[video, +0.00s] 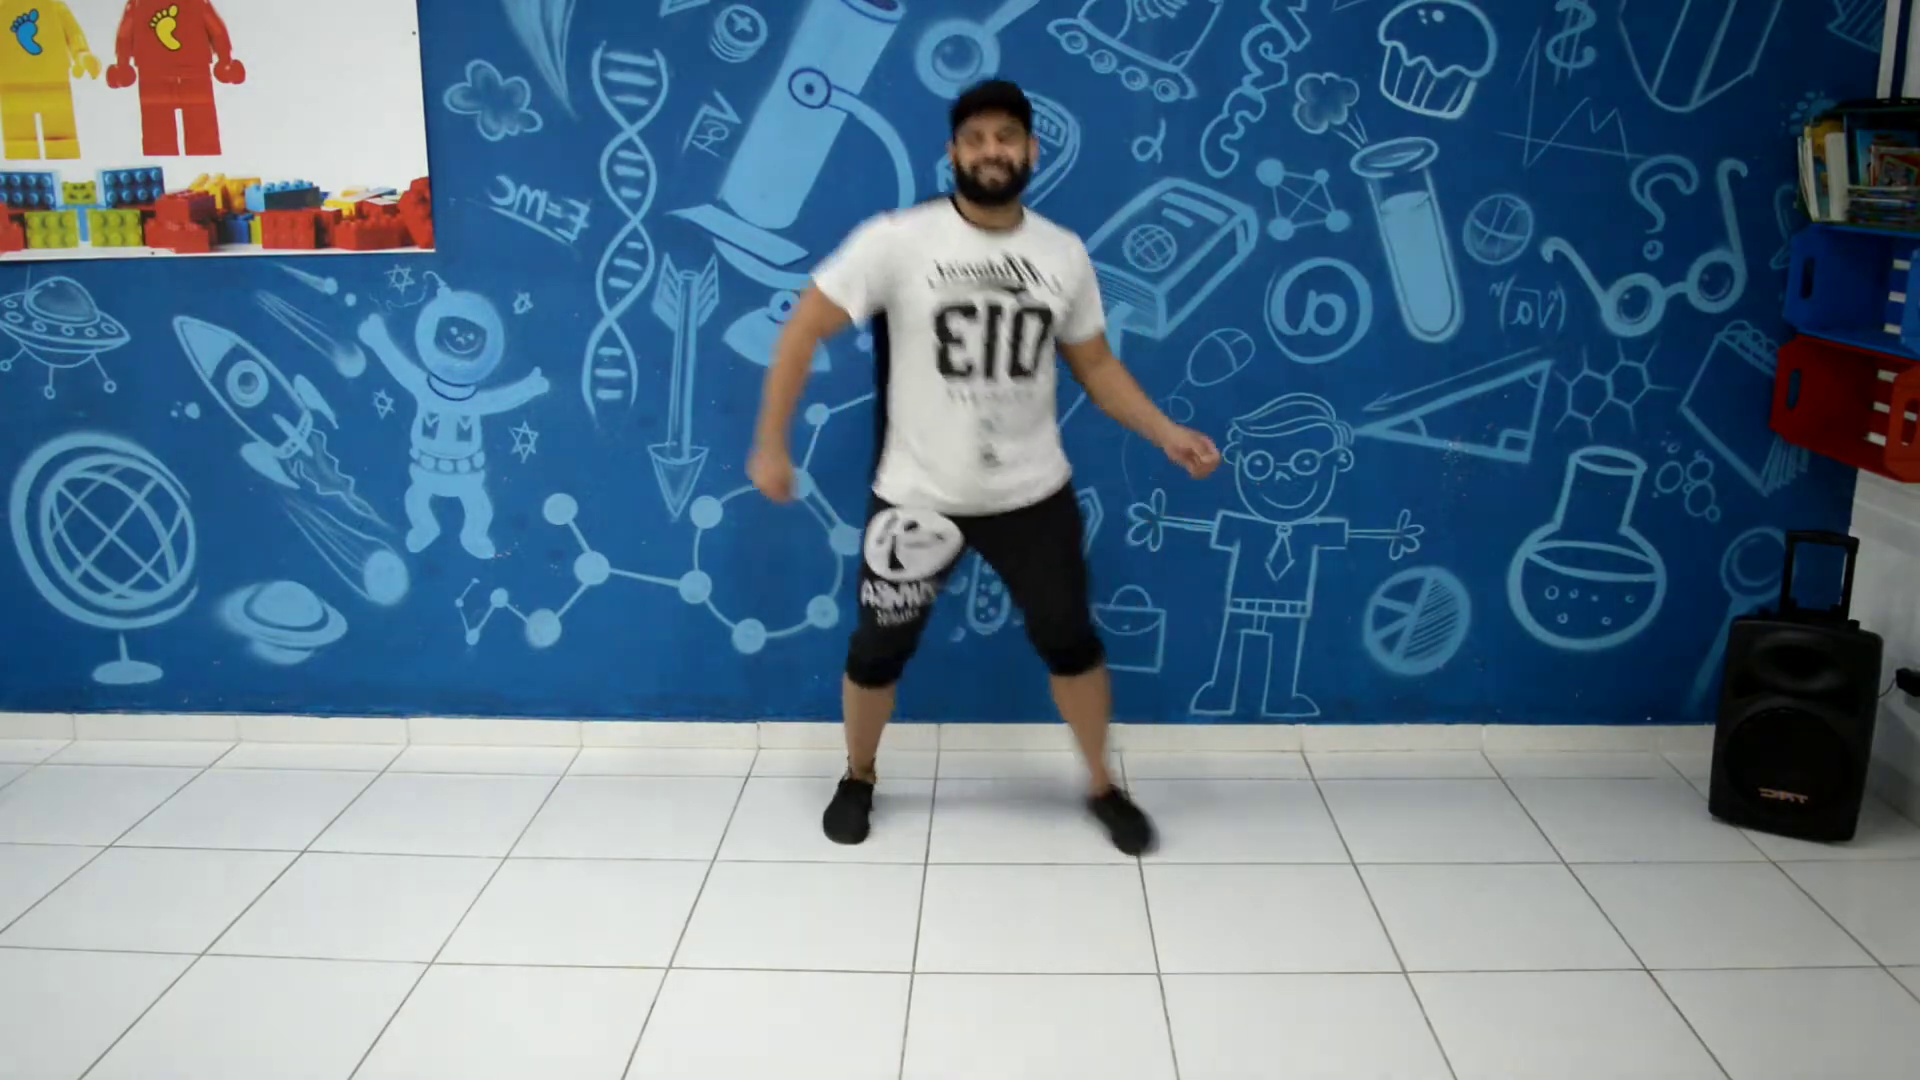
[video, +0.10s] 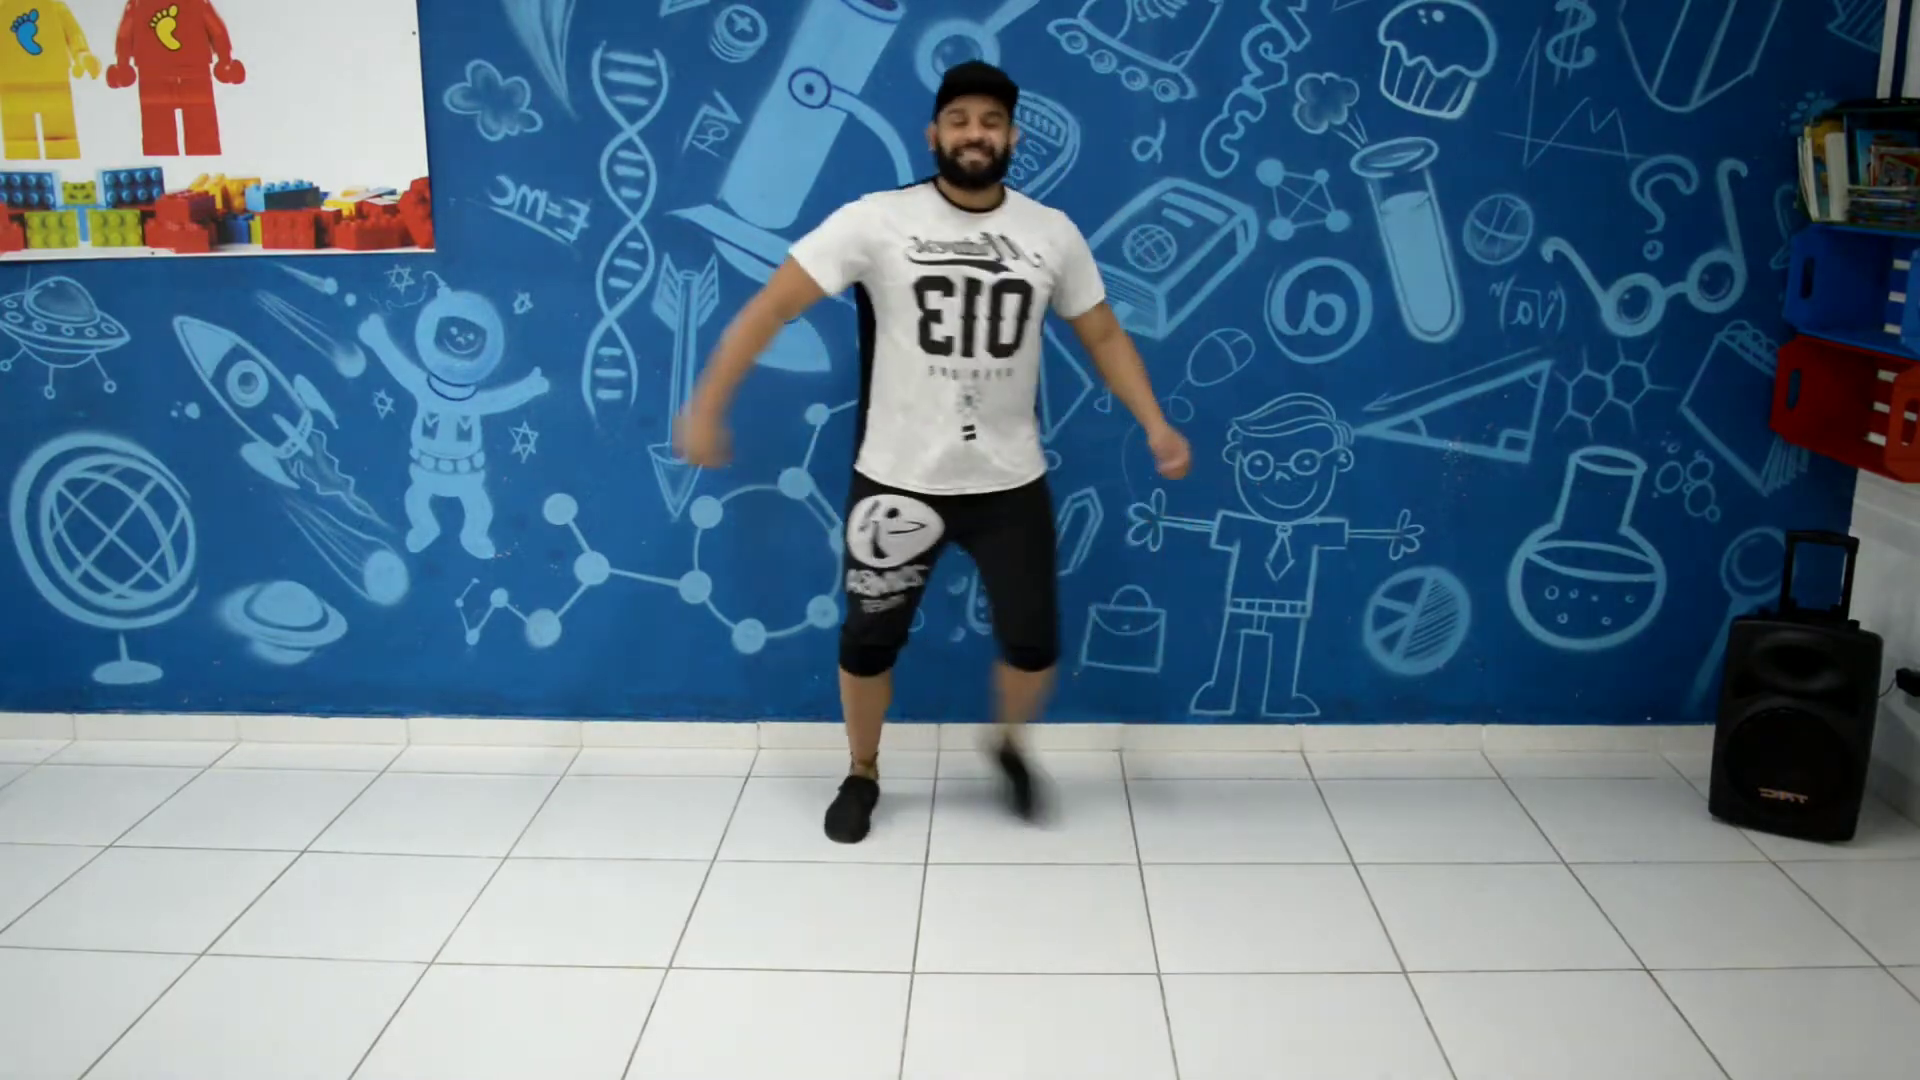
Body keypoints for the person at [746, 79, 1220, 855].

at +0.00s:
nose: (993, 151)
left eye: (1009, 137)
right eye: (976, 138)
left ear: (1031, 153)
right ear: (953, 151)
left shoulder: (1062, 256)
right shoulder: (893, 243)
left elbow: (1096, 363)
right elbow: (803, 328)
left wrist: (1167, 432)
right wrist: (770, 443)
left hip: (1031, 491)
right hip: (918, 491)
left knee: (1072, 641)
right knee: (879, 647)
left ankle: (1104, 787)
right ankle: (858, 777)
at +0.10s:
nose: (975, 134)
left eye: (991, 121)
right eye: (959, 121)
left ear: (1012, 137)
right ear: (933, 135)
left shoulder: (1051, 236)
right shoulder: (874, 222)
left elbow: (1103, 337)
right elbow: (771, 304)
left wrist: (1155, 421)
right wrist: (706, 408)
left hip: (1009, 478)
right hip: (897, 476)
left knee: (1033, 644)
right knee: (869, 640)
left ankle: (1009, 744)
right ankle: (861, 773)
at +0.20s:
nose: (955, 156)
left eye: (972, 144)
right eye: (941, 141)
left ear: (994, 160)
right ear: (916, 152)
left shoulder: (1039, 252)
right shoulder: (861, 248)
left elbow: (1118, 339)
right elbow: (753, 315)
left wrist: (1146, 444)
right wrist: (655, 392)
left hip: (987, 499)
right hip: (881, 490)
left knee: (984, 664)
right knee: (855, 653)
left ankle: (919, 728)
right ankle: (860, 777)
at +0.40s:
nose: (947, 145)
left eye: (963, 133)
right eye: (933, 133)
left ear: (986, 149)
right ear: (910, 149)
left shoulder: (1037, 252)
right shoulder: (861, 252)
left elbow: (1077, 364)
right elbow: (817, 352)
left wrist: (1088, 484)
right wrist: (765, 424)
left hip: (990, 492)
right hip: (883, 482)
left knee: (988, 662)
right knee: (864, 645)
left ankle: (928, 731)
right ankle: (861, 777)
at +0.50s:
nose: (966, 131)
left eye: (983, 121)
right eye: (951, 120)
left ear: (1005, 142)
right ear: (928, 138)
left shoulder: (1051, 244)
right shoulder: (872, 238)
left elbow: (1080, 364)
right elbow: (848, 357)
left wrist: (1061, 476)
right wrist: (864, 471)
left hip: (1013, 485)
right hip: (902, 483)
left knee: (1045, 641)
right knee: (870, 640)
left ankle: (1031, 756)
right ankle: (865, 775)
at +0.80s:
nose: (1025, 159)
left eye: (1042, 148)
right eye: (1010, 147)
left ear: (1065, 165)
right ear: (987, 163)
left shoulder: (1115, 262)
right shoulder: (936, 275)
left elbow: (1170, 372)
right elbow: (875, 379)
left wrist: (1148, 488)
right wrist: (898, 501)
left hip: (1089, 504)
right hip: (972, 506)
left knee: (1134, 660)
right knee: (917, 650)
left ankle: (1144, 792)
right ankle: (891, 779)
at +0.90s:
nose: (1044, 133)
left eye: (1060, 123)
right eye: (1029, 123)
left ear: (1083, 140)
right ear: (1006, 142)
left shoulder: (1137, 234)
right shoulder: (954, 247)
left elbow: (1182, 345)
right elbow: (909, 358)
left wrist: (1169, 448)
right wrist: (947, 461)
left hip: (1109, 485)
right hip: (995, 485)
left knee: (1133, 647)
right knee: (956, 646)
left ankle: (1144, 788)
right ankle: (991, 750)